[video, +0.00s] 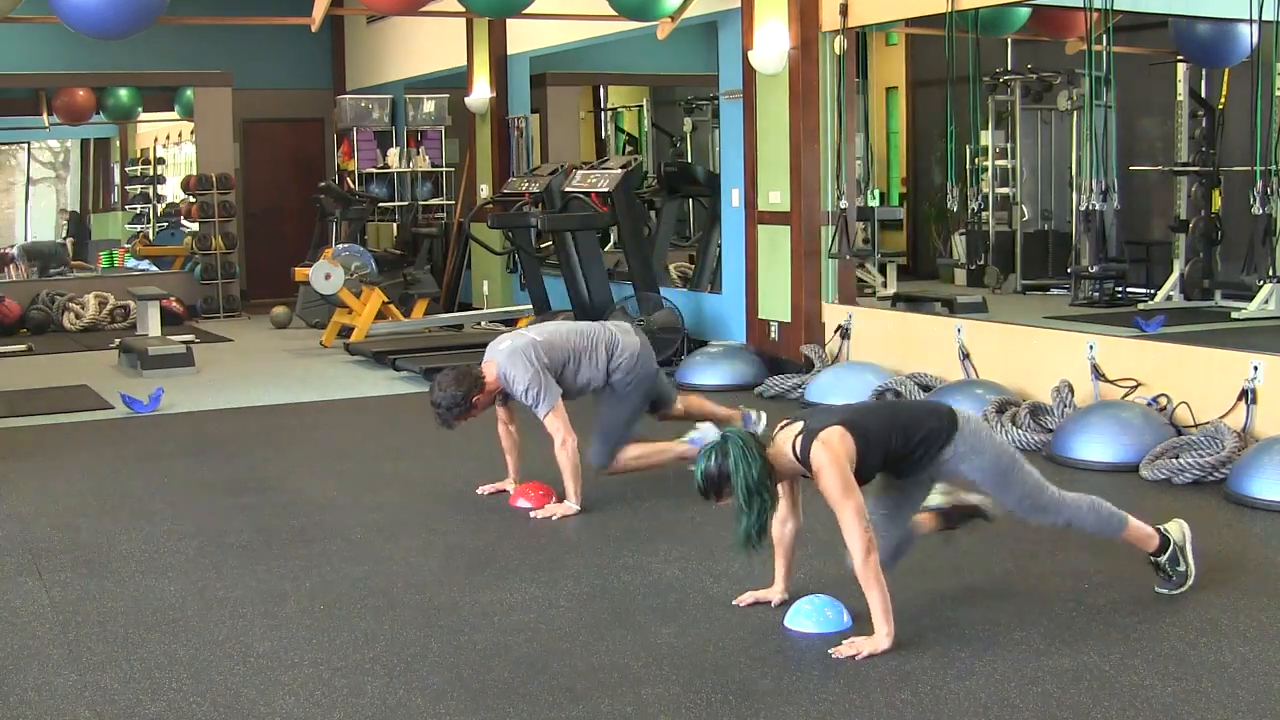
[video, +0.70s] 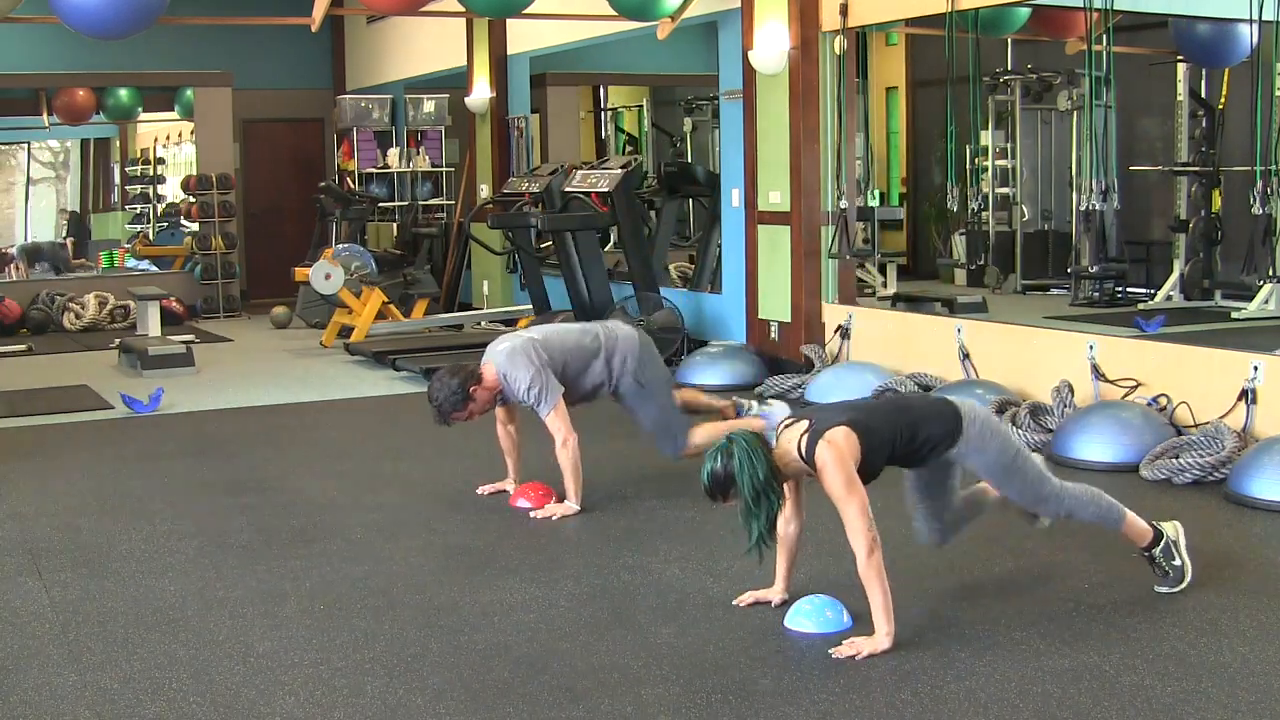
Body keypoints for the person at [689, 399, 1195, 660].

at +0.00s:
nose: (735, 498)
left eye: (733, 489)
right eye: (727, 492)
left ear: (746, 471)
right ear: (747, 452)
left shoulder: (824, 452)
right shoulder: (774, 446)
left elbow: (862, 548)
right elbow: (784, 516)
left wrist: (882, 633)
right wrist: (779, 586)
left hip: (950, 437)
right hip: (899, 462)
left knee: (1045, 505)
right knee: (879, 556)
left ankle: (1161, 542)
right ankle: (948, 511)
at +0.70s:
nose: (754, 504)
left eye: (750, 493)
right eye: (745, 498)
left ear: (761, 473)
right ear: (752, 457)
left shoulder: (829, 451)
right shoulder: (779, 444)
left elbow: (867, 547)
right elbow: (787, 518)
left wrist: (883, 633)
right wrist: (780, 587)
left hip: (961, 427)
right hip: (922, 444)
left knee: (1049, 495)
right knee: (937, 530)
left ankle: (1156, 537)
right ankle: (1007, 487)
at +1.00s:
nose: (740, 504)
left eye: (739, 497)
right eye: (732, 500)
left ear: (752, 474)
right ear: (747, 449)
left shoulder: (828, 454)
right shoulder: (766, 441)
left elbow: (869, 547)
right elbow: (780, 514)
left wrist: (882, 634)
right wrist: (780, 586)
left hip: (937, 458)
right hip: (909, 459)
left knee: (1024, 539)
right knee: (997, 505)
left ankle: (1151, 535)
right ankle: (1070, 509)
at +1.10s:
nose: (744, 508)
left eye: (742, 498)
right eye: (735, 503)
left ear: (756, 476)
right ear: (741, 459)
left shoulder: (828, 451)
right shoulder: (766, 440)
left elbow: (867, 545)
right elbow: (776, 514)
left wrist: (883, 633)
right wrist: (779, 585)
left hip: (933, 436)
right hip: (905, 425)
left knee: (969, 561)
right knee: (978, 488)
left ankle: (1093, 535)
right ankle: (1069, 511)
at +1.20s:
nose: (740, 506)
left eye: (738, 499)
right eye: (732, 502)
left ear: (754, 480)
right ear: (743, 460)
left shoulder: (833, 449)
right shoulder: (767, 439)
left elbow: (868, 546)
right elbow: (777, 515)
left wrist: (883, 633)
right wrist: (779, 586)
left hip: (925, 436)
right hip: (912, 414)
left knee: (903, 566)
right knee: (974, 486)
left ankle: (1021, 535)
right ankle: (1061, 512)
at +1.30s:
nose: (739, 506)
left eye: (738, 498)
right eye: (732, 501)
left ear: (754, 478)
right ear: (741, 450)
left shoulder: (832, 450)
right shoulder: (768, 436)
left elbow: (868, 545)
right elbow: (775, 513)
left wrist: (883, 634)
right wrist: (779, 585)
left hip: (918, 447)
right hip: (911, 419)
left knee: (845, 553)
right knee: (977, 493)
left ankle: (979, 549)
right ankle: (1066, 513)